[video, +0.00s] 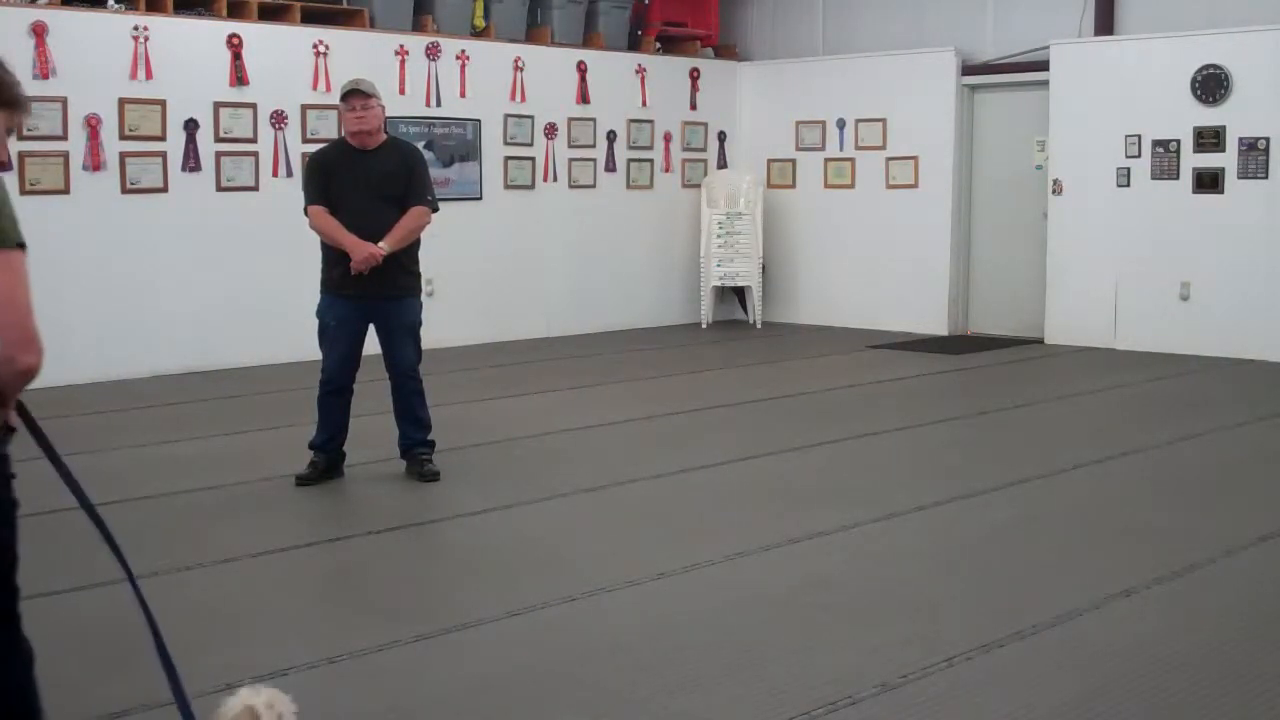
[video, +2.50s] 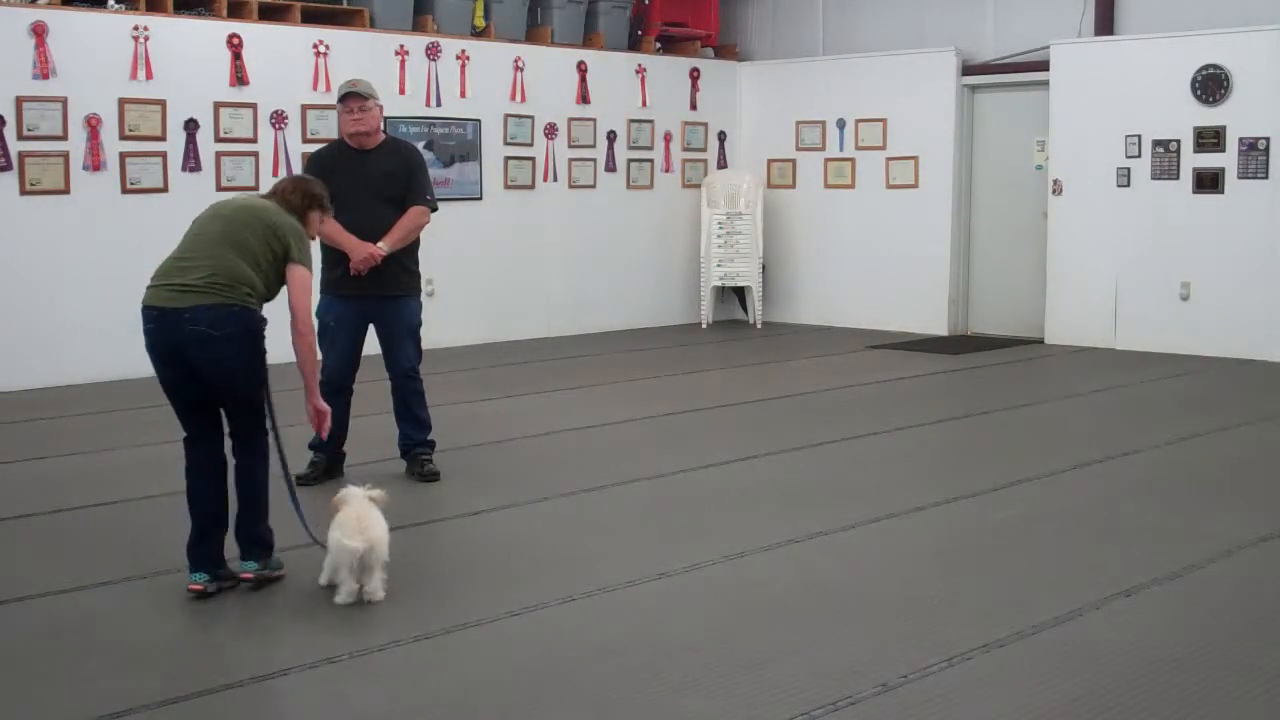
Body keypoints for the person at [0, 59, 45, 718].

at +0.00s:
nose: (9, 153)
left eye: (13, 134)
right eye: (9, 134)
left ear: (11, 132)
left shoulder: (5, 197)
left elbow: (19, 351)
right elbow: (19, 350)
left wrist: (5, 399)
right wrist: (5, 401)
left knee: (5, 638)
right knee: (2, 639)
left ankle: (20, 697)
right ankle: (18, 699)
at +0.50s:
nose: (149, 132)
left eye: (151, 120)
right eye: (146, 119)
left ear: (71, 106)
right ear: (119, 113)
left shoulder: (10, 165)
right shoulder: (128, 175)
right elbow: (173, 305)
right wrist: (161, 331)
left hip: (8, 398)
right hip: (94, 397)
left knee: (47, 560)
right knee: (86, 578)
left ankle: (66, 700)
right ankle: (74, 708)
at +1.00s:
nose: (208, 143)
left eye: (209, 133)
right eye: (207, 133)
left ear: (143, 115)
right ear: (194, 129)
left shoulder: (86, 169)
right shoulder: (197, 183)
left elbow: (53, 273)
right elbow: (227, 297)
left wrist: (116, 264)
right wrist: (238, 372)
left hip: (82, 371)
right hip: (171, 368)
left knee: (113, 523)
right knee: (179, 506)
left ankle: (137, 677)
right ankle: (189, 651)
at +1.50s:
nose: (278, 200)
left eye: (280, 193)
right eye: (279, 192)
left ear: (226, 167)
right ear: (272, 185)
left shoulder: (170, 193)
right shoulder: (267, 221)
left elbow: (123, 273)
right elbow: (279, 320)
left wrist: (175, 269)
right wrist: (273, 401)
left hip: (135, 348)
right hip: (215, 354)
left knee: (152, 471)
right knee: (222, 473)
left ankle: (150, 589)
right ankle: (217, 603)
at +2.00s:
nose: (301, 255)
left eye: (304, 248)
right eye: (302, 247)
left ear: (260, 219)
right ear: (291, 237)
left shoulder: (202, 227)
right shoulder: (284, 259)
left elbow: (145, 284)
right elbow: (300, 355)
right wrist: (311, 427)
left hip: (146, 335)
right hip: (215, 341)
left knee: (182, 455)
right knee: (228, 464)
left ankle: (200, 576)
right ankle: (216, 596)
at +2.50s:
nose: (317, 235)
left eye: (321, 225)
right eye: (319, 223)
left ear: (277, 198)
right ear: (304, 211)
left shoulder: (221, 210)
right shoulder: (291, 232)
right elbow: (302, 325)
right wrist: (314, 395)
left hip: (160, 316)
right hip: (225, 319)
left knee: (201, 438)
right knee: (249, 437)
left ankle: (204, 566)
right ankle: (255, 554)